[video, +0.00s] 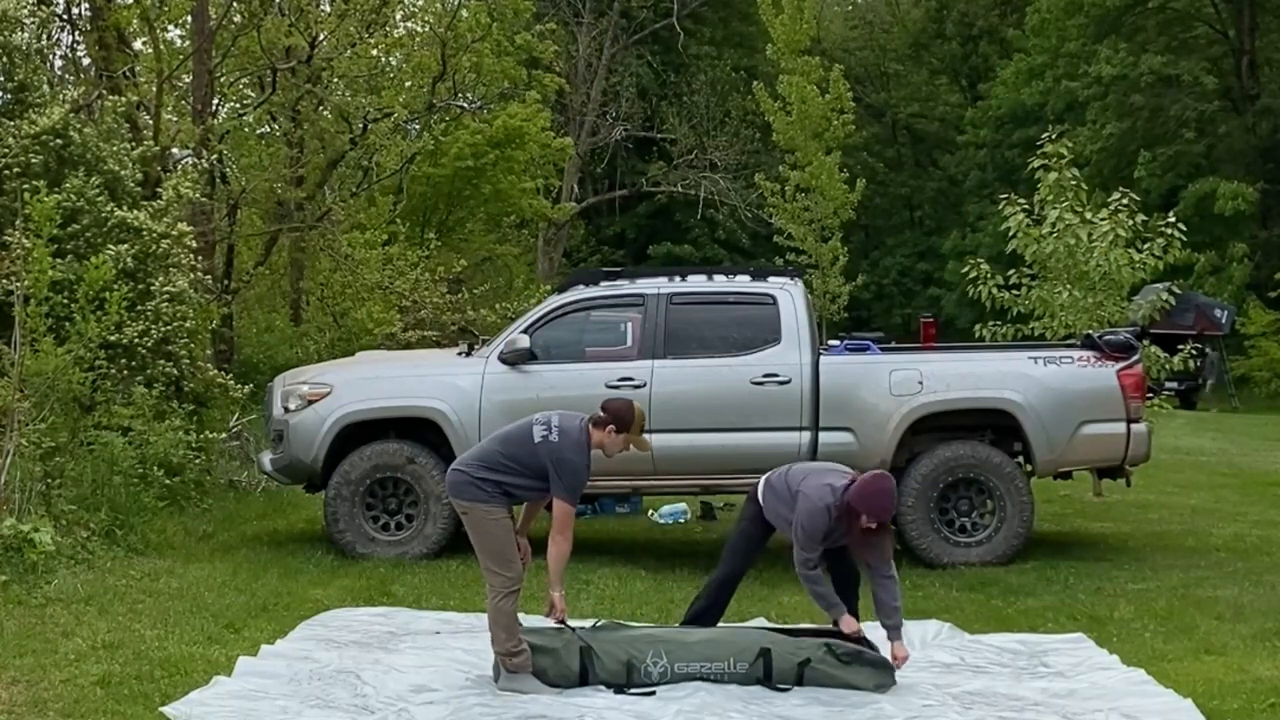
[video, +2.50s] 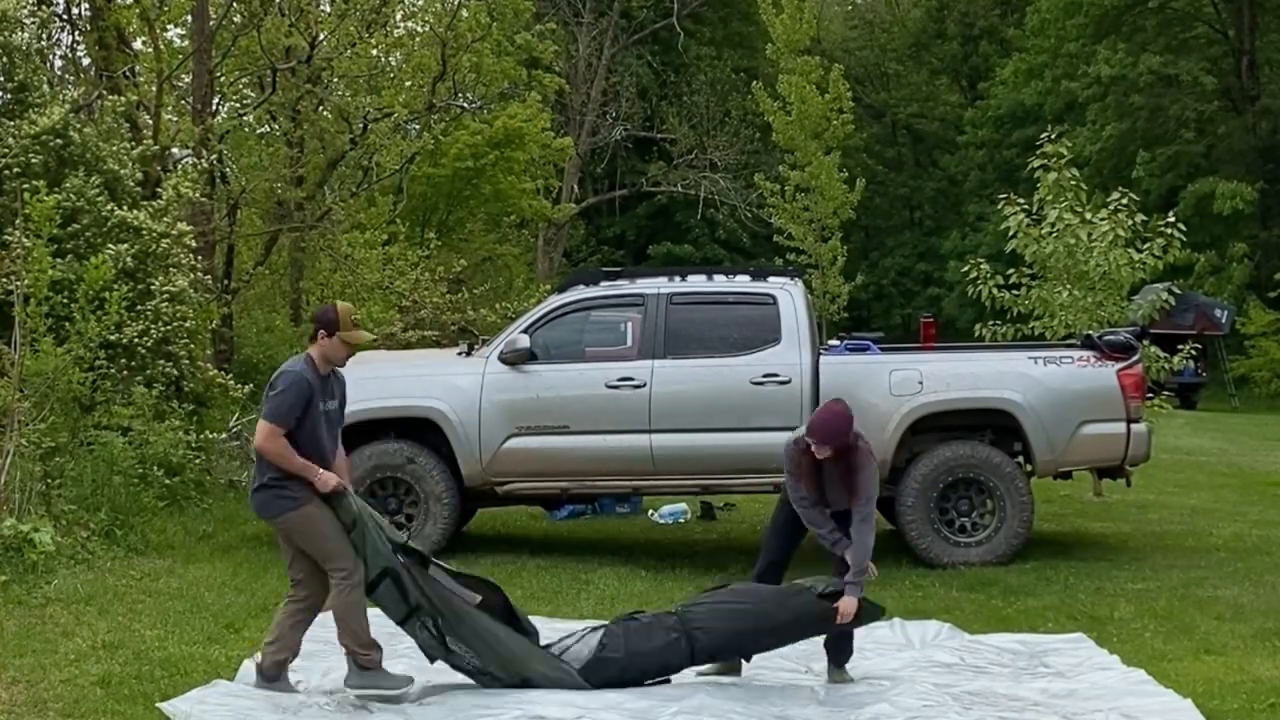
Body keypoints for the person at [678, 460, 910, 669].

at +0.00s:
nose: (870, 525)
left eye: (877, 520)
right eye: (867, 517)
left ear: (886, 515)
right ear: (856, 505)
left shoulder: (878, 515)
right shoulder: (817, 502)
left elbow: (884, 573)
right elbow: (807, 567)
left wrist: (896, 638)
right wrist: (840, 615)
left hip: (824, 511)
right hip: (770, 496)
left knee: (847, 574)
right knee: (729, 571)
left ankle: (846, 644)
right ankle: (685, 640)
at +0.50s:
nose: (892, 538)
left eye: (898, 533)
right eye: (889, 529)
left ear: (905, 529)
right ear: (875, 517)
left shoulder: (894, 527)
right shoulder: (843, 514)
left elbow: (892, 585)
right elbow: (846, 585)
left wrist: (897, 650)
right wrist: (868, 645)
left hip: (828, 514)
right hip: (779, 498)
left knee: (855, 583)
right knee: (731, 576)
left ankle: (847, 656)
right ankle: (689, 639)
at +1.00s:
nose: (898, 544)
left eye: (905, 541)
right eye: (896, 537)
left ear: (910, 536)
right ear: (885, 523)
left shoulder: (890, 525)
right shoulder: (848, 518)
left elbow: (883, 585)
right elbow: (851, 587)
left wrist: (880, 642)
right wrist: (871, 646)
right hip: (777, 499)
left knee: (861, 580)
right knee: (729, 578)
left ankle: (848, 654)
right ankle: (687, 642)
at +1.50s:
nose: (867, 460)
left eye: (874, 456)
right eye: (866, 453)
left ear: (878, 454)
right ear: (854, 441)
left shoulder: (855, 465)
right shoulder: (815, 441)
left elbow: (849, 517)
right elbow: (788, 494)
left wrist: (847, 577)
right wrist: (832, 521)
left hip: (789, 495)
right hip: (745, 483)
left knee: (820, 570)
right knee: (714, 567)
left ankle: (837, 664)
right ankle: (671, 656)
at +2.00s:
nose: (797, 360)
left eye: (804, 356)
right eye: (795, 353)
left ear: (823, 358)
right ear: (793, 351)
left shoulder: (844, 396)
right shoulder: (783, 376)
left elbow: (847, 456)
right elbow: (766, 422)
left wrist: (815, 490)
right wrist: (808, 449)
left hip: (829, 484)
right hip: (782, 478)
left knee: (833, 569)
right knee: (755, 563)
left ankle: (837, 661)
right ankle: (732, 651)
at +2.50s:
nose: (816, 450)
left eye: (823, 446)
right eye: (813, 442)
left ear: (840, 443)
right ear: (808, 434)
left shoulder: (863, 456)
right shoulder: (796, 448)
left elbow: (865, 519)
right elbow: (805, 507)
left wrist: (853, 592)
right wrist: (846, 549)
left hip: (843, 510)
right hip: (799, 504)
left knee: (845, 578)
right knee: (767, 570)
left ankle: (837, 664)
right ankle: (734, 656)